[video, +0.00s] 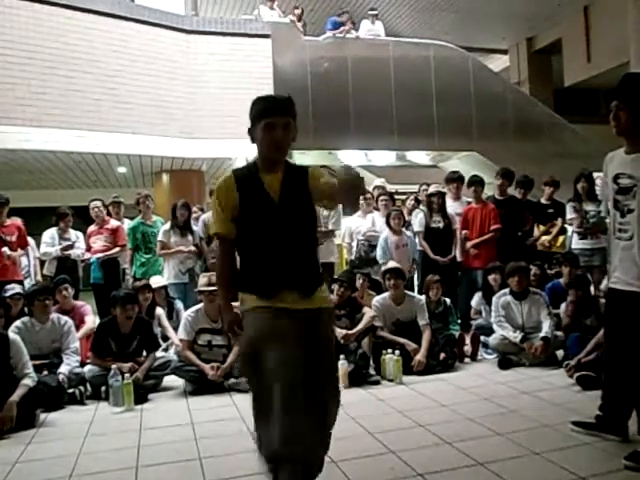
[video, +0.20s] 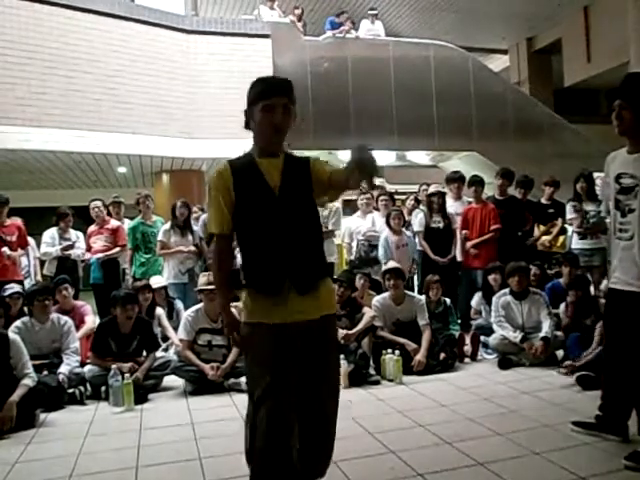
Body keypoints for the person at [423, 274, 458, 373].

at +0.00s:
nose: (435, 292)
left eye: (437, 288)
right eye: (432, 289)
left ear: (441, 290)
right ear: (427, 290)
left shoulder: (446, 303)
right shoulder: (422, 302)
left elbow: (453, 322)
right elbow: (421, 321)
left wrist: (453, 334)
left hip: (444, 331)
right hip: (429, 331)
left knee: (449, 338)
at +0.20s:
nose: (435, 292)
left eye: (437, 288)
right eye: (432, 289)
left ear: (441, 290)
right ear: (427, 290)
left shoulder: (446, 303)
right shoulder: (422, 302)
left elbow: (453, 322)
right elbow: (420, 321)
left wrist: (452, 334)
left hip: (444, 331)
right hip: (429, 331)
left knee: (449, 338)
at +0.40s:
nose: (435, 292)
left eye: (437, 288)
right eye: (432, 289)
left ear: (441, 290)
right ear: (427, 291)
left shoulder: (446, 303)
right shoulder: (421, 302)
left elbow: (453, 322)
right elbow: (421, 321)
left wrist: (453, 334)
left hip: (444, 330)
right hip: (429, 331)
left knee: (449, 338)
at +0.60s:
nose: (435, 292)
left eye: (437, 288)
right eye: (432, 289)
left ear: (441, 290)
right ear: (427, 291)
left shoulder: (446, 303)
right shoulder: (421, 303)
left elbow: (453, 322)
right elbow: (421, 322)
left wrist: (453, 334)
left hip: (444, 331)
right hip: (429, 331)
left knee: (449, 338)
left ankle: (442, 356)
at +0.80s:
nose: (435, 292)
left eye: (437, 289)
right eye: (432, 289)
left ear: (441, 290)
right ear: (427, 291)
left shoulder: (446, 303)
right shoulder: (421, 303)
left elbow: (453, 322)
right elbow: (421, 322)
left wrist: (453, 334)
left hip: (444, 330)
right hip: (429, 331)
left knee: (449, 338)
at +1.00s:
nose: (435, 292)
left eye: (437, 289)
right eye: (432, 289)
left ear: (441, 290)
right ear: (427, 291)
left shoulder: (446, 303)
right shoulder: (421, 303)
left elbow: (453, 322)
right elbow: (421, 322)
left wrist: (453, 334)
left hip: (444, 331)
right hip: (429, 331)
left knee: (449, 338)